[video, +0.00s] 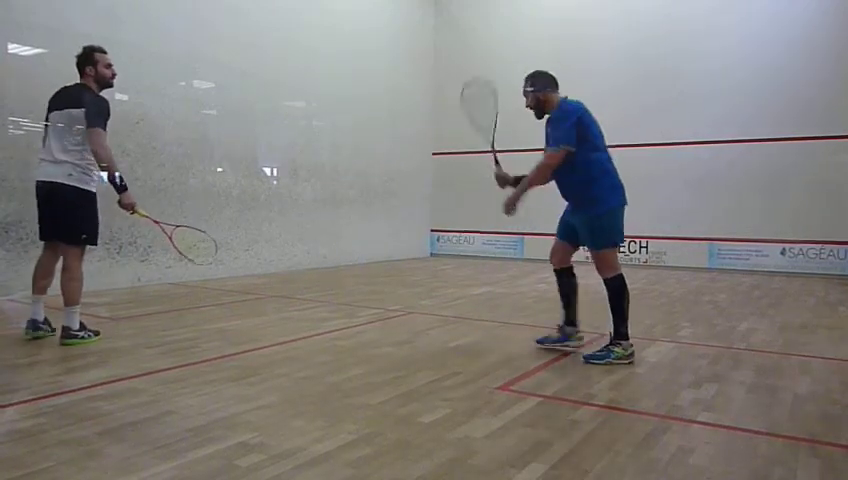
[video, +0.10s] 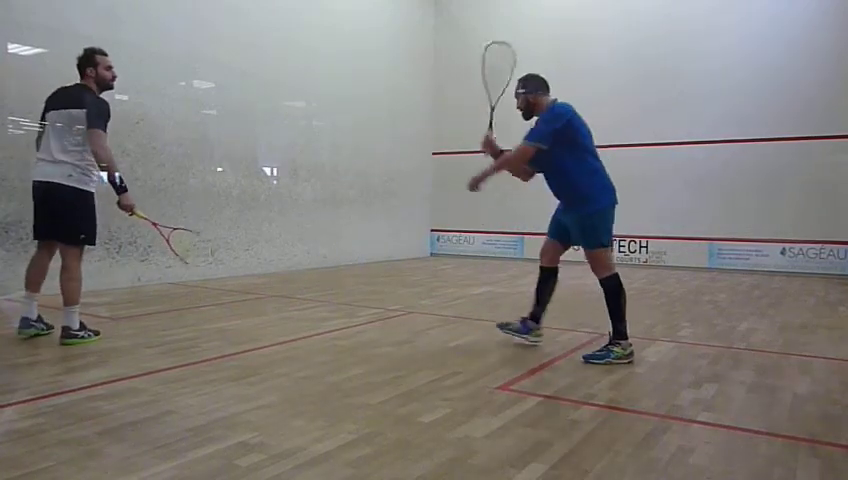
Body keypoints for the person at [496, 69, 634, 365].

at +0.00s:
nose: (526, 103)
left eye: (529, 95)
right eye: (525, 96)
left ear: (544, 92)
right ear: (545, 93)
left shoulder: (567, 113)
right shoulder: (555, 121)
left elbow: (551, 162)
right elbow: (549, 172)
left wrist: (518, 193)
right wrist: (514, 179)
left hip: (603, 202)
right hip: (580, 203)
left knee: (607, 265)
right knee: (560, 258)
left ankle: (621, 343)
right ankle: (570, 330)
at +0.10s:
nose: (516, 103)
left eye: (519, 97)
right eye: (516, 98)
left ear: (534, 95)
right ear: (536, 96)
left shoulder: (557, 114)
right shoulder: (546, 125)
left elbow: (521, 155)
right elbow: (526, 172)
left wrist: (483, 175)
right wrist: (496, 152)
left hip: (594, 202)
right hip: (571, 204)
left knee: (602, 265)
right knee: (549, 256)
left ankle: (621, 343)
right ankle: (532, 324)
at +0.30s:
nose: (493, 103)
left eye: (496, 97)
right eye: (493, 99)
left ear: (509, 98)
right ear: (510, 101)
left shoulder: (526, 120)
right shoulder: (515, 131)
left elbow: (487, 145)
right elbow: (486, 155)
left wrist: (456, 152)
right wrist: (492, 123)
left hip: (557, 208)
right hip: (540, 211)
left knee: (569, 270)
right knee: (520, 261)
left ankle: (613, 336)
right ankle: (501, 321)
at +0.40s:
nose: (480, 117)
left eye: (482, 112)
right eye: (480, 112)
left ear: (490, 111)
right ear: (503, 110)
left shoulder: (500, 130)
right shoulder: (513, 128)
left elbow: (464, 164)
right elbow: (481, 159)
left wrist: (451, 169)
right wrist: (459, 157)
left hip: (533, 207)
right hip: (537, 205)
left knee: (529, 269)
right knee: (508, 260)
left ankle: (588, 322)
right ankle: (498, 323)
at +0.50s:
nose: (470, 116)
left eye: (472, 112)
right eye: (470, 112)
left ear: (480, 111)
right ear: (493, 110)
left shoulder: (479, 130)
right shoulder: (509, 131)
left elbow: (451, 170)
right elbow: (486, 171)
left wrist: (437, 203)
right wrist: (459, 190)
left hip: (509, 203)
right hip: (532, 200)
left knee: (499, 266)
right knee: (504, 263)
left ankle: (557, 309)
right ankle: (498, 322)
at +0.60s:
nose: (459, 113)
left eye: (459, 109)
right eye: (460, 109)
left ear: (461, 108)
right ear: (482, 108)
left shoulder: (460, 128)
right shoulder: (496, 129)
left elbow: (433, 164)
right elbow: (507, 162)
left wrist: (423, 196)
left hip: (491, 198)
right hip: (518, 196)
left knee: (474, 261)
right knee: (500, 258)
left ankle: (522, 308)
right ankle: (499, 320)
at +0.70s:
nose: (450, 112)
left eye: (450, 108)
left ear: (450, 107)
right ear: (471, 108)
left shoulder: (445, 128)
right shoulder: (486, 128)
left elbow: (416, 161)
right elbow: (521, 138)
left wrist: (401, 194)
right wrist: (543, 130)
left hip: (471, 197)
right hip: (501, 196)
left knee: (448, 254)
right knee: (494, 256)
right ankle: (498, 321)